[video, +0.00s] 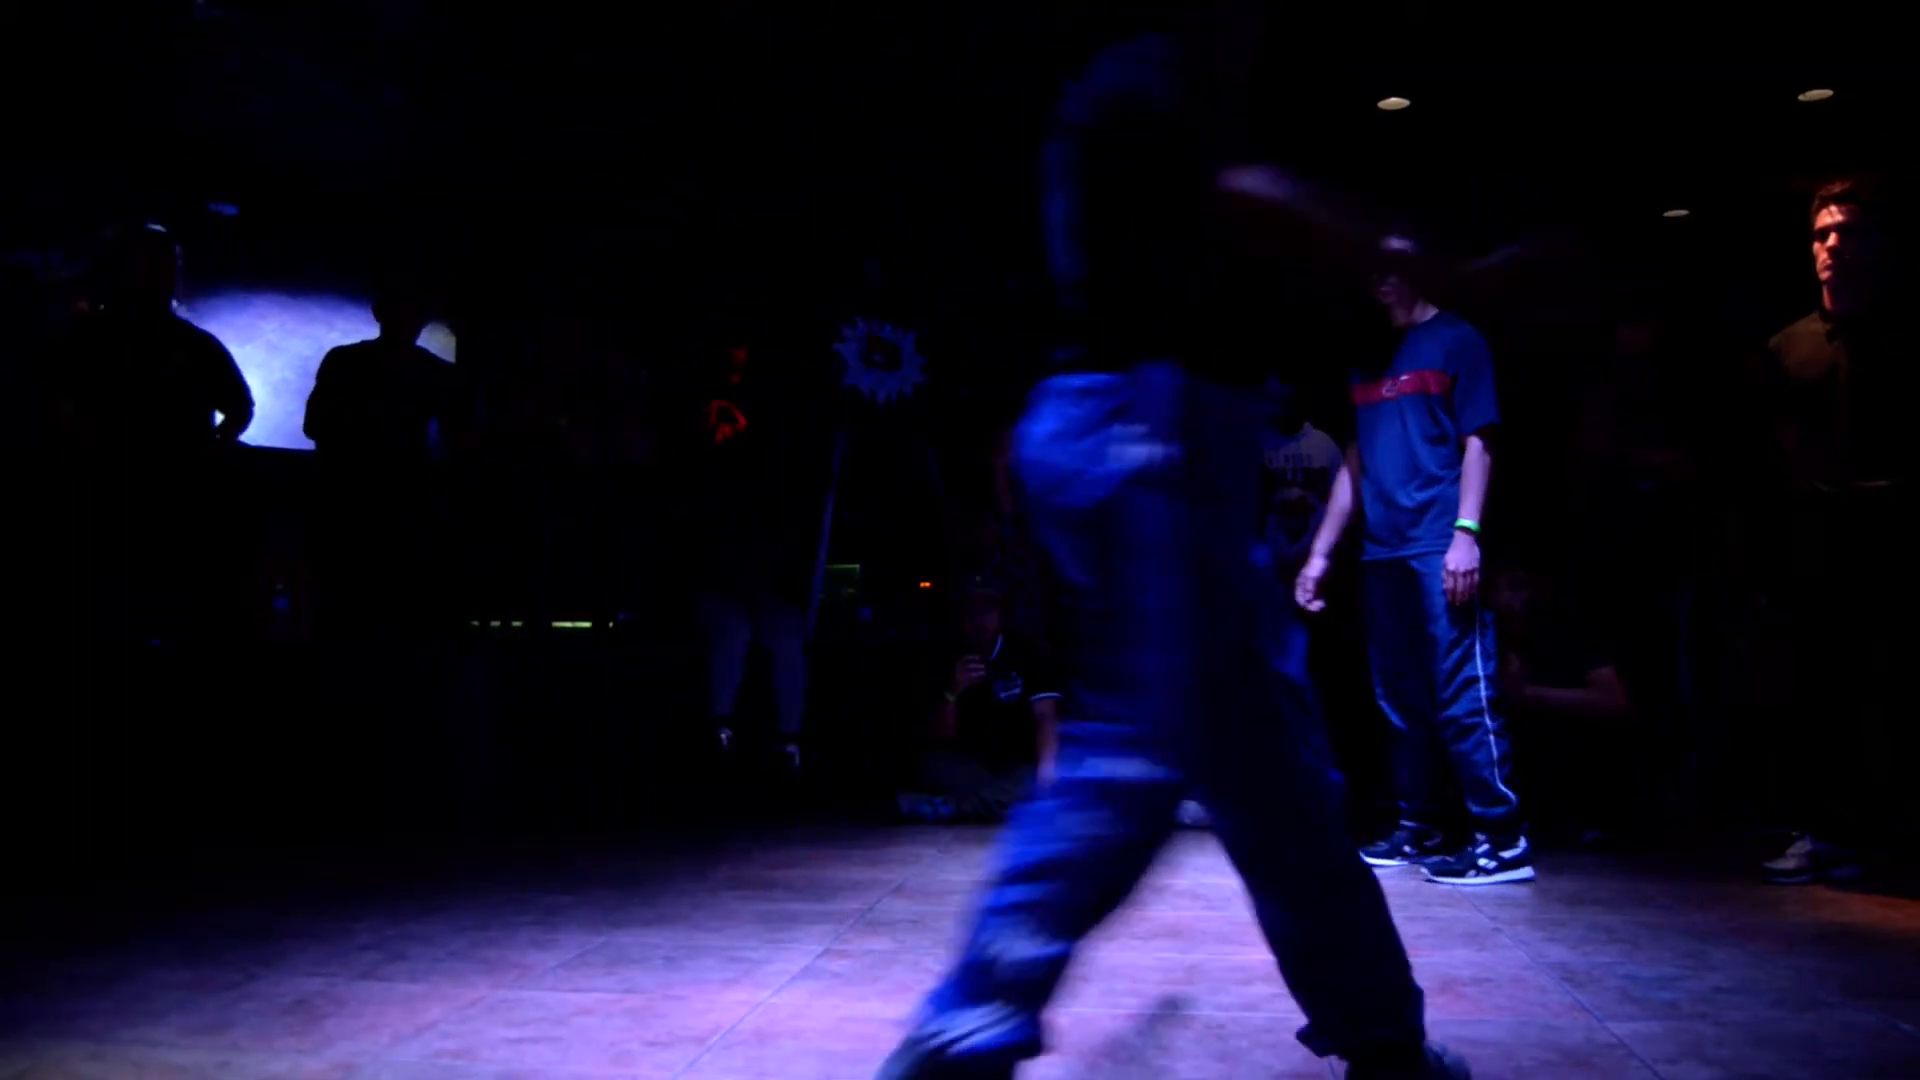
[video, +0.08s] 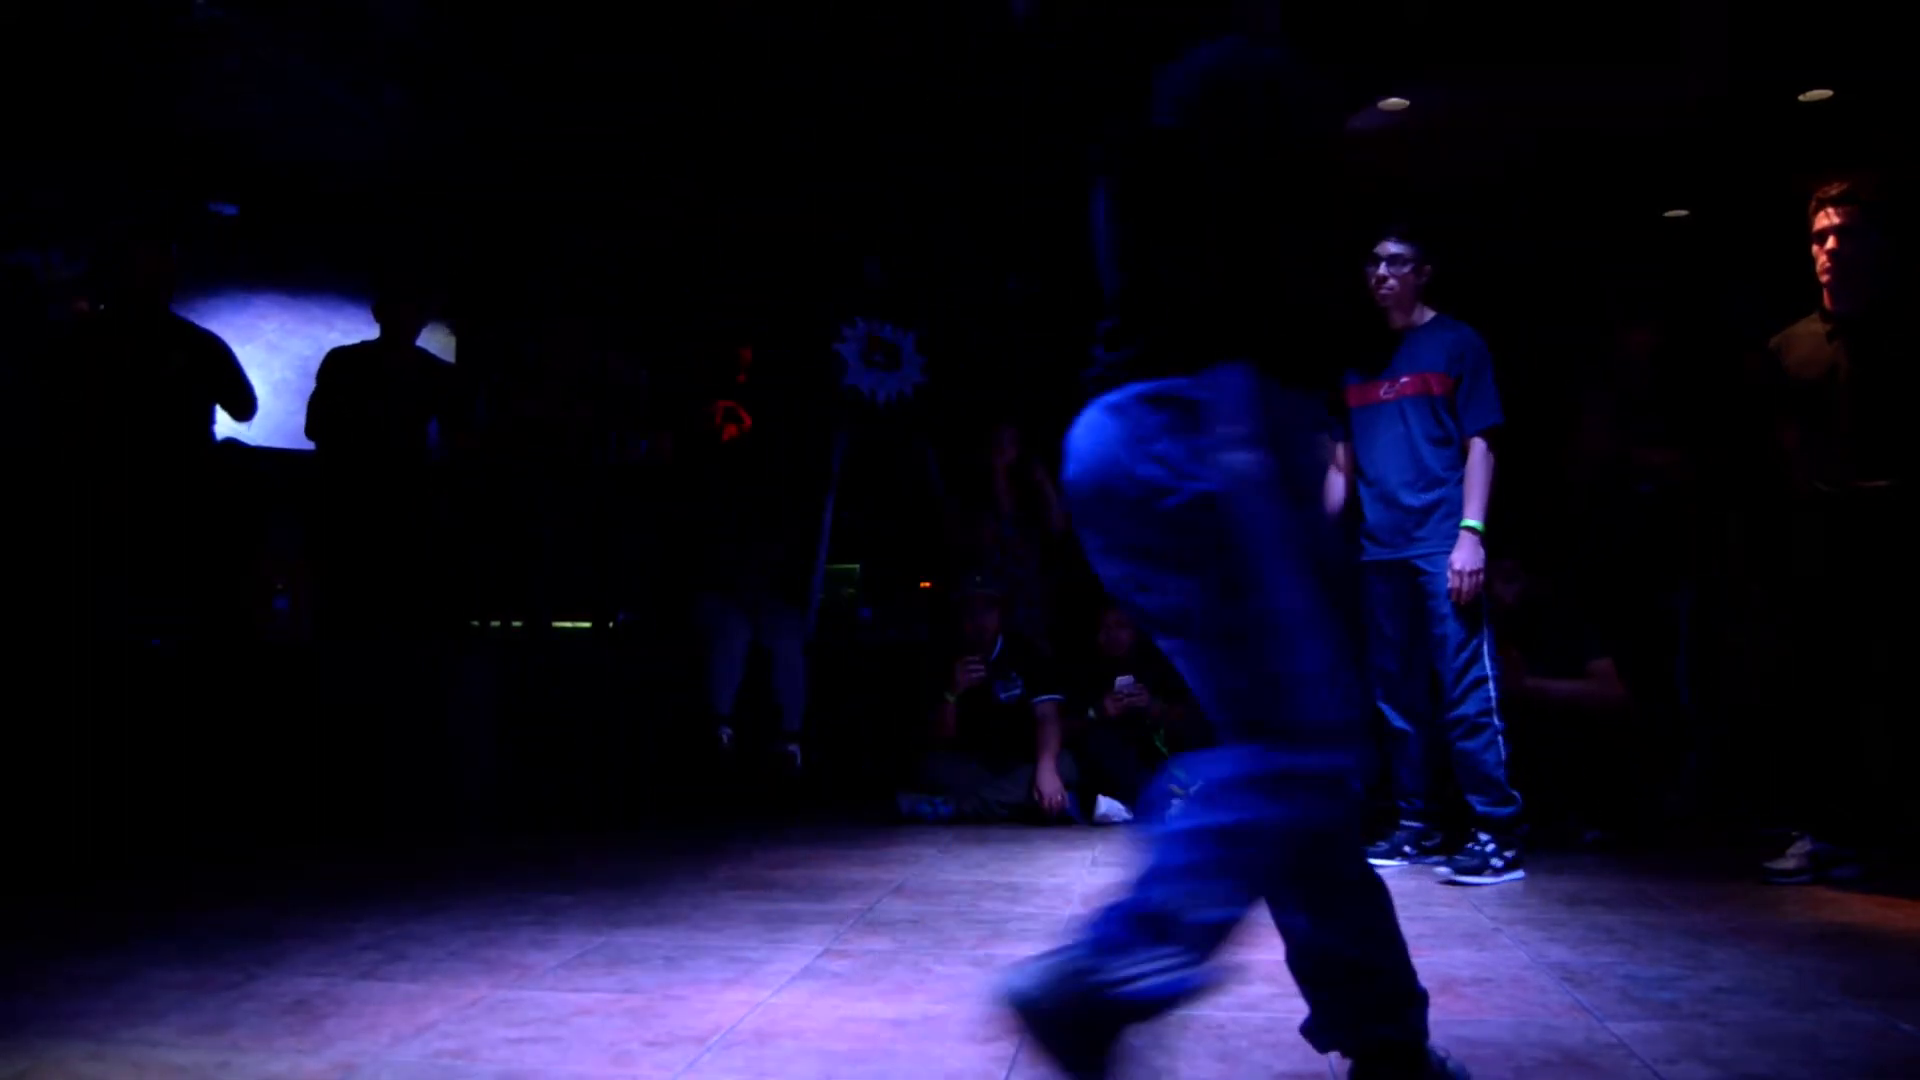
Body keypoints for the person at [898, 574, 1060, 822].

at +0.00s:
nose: (980, 625)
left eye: (986, 616)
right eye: (973, 617)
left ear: (998, 618)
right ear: (962, 621)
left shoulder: (1022, 654)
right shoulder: (952, 657)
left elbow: (1046, 716)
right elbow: (943, 735)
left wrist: (1046, 769)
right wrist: (953, 691)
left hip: (1015, 751)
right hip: (967, 752)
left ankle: (955, 807)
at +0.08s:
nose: (980, 624)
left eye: (987, 614)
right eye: (972, 615)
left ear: (999, 617)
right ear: (961, 620)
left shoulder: (1023, 653)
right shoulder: (949, 656)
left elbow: (1047, 715)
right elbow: (940, 736)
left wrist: (1047, 768)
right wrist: (953, 691)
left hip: (1019, 753)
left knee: (1062, 768)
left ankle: (957, 807)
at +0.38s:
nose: (981, 623)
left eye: (988, 612)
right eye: (972, 614)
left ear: (1000, 616)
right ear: (960, 620)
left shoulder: (1025, 656)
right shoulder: (946, 660)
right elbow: (939, 737)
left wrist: (1043, 719)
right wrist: (953, 693)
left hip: (1019, 752)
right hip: (966, 753)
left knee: (1062, 764)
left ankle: (960, 807)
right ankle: (1045, 805)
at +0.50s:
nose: (982, 623)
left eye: (989, 613)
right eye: (973, 614)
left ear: (1002, 617)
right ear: (961, 620)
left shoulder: (1023, 656)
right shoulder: (948, 660)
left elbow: (1048, 733)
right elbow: (940, 736)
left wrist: (1032, 701)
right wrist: (953, 693)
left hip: (1019, 753)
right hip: (967, 755)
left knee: (1062, 763)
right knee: (936, 765)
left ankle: (959, 806)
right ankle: (1041, 805)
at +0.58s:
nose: (987, 627)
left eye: (993, 619)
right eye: (979, 619)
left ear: (1004, 622)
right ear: (967, 623)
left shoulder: (1022, 659)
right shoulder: (952, 661)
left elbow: (1047, 732)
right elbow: (941, 736)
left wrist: (1027, 697)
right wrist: (953, 692)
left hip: (1018, 753)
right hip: (968, 755)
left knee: (1062, 763)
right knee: (936, 766)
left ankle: (959, 806)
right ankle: (1042, 805)